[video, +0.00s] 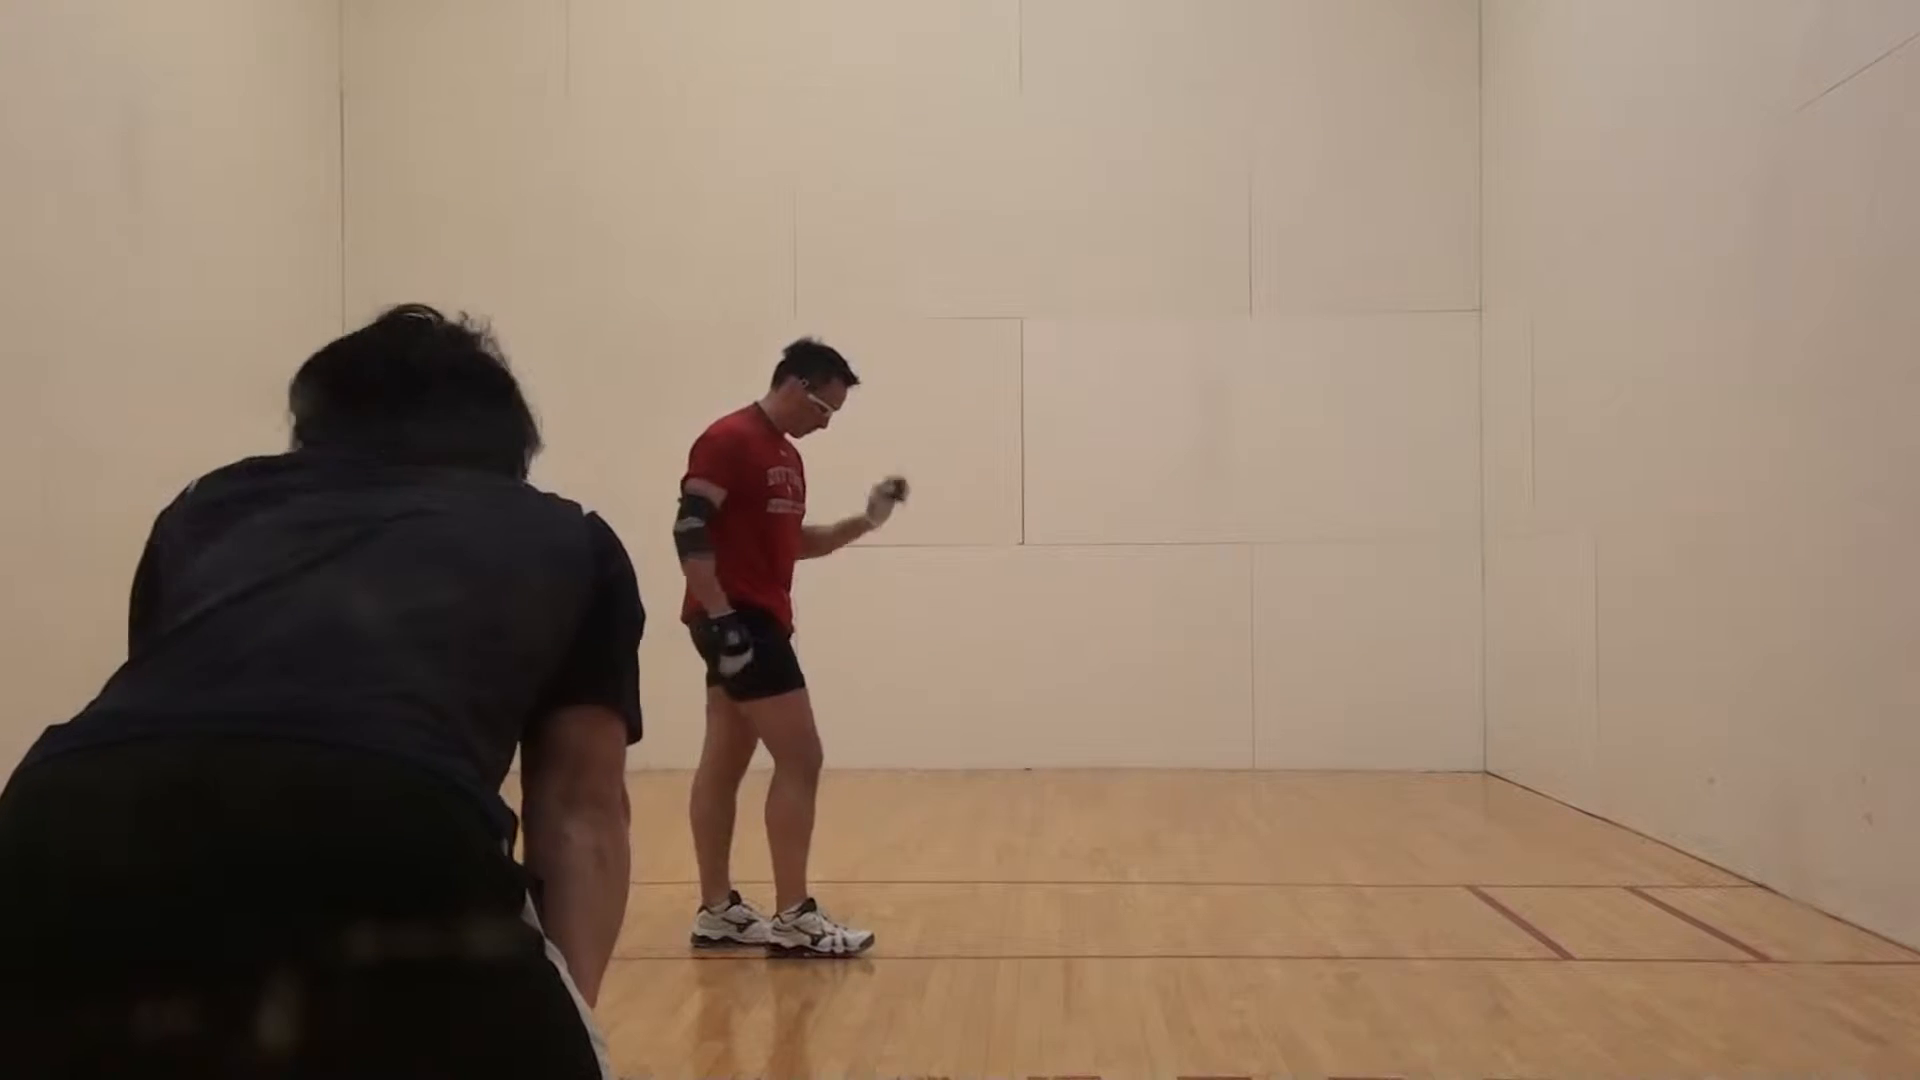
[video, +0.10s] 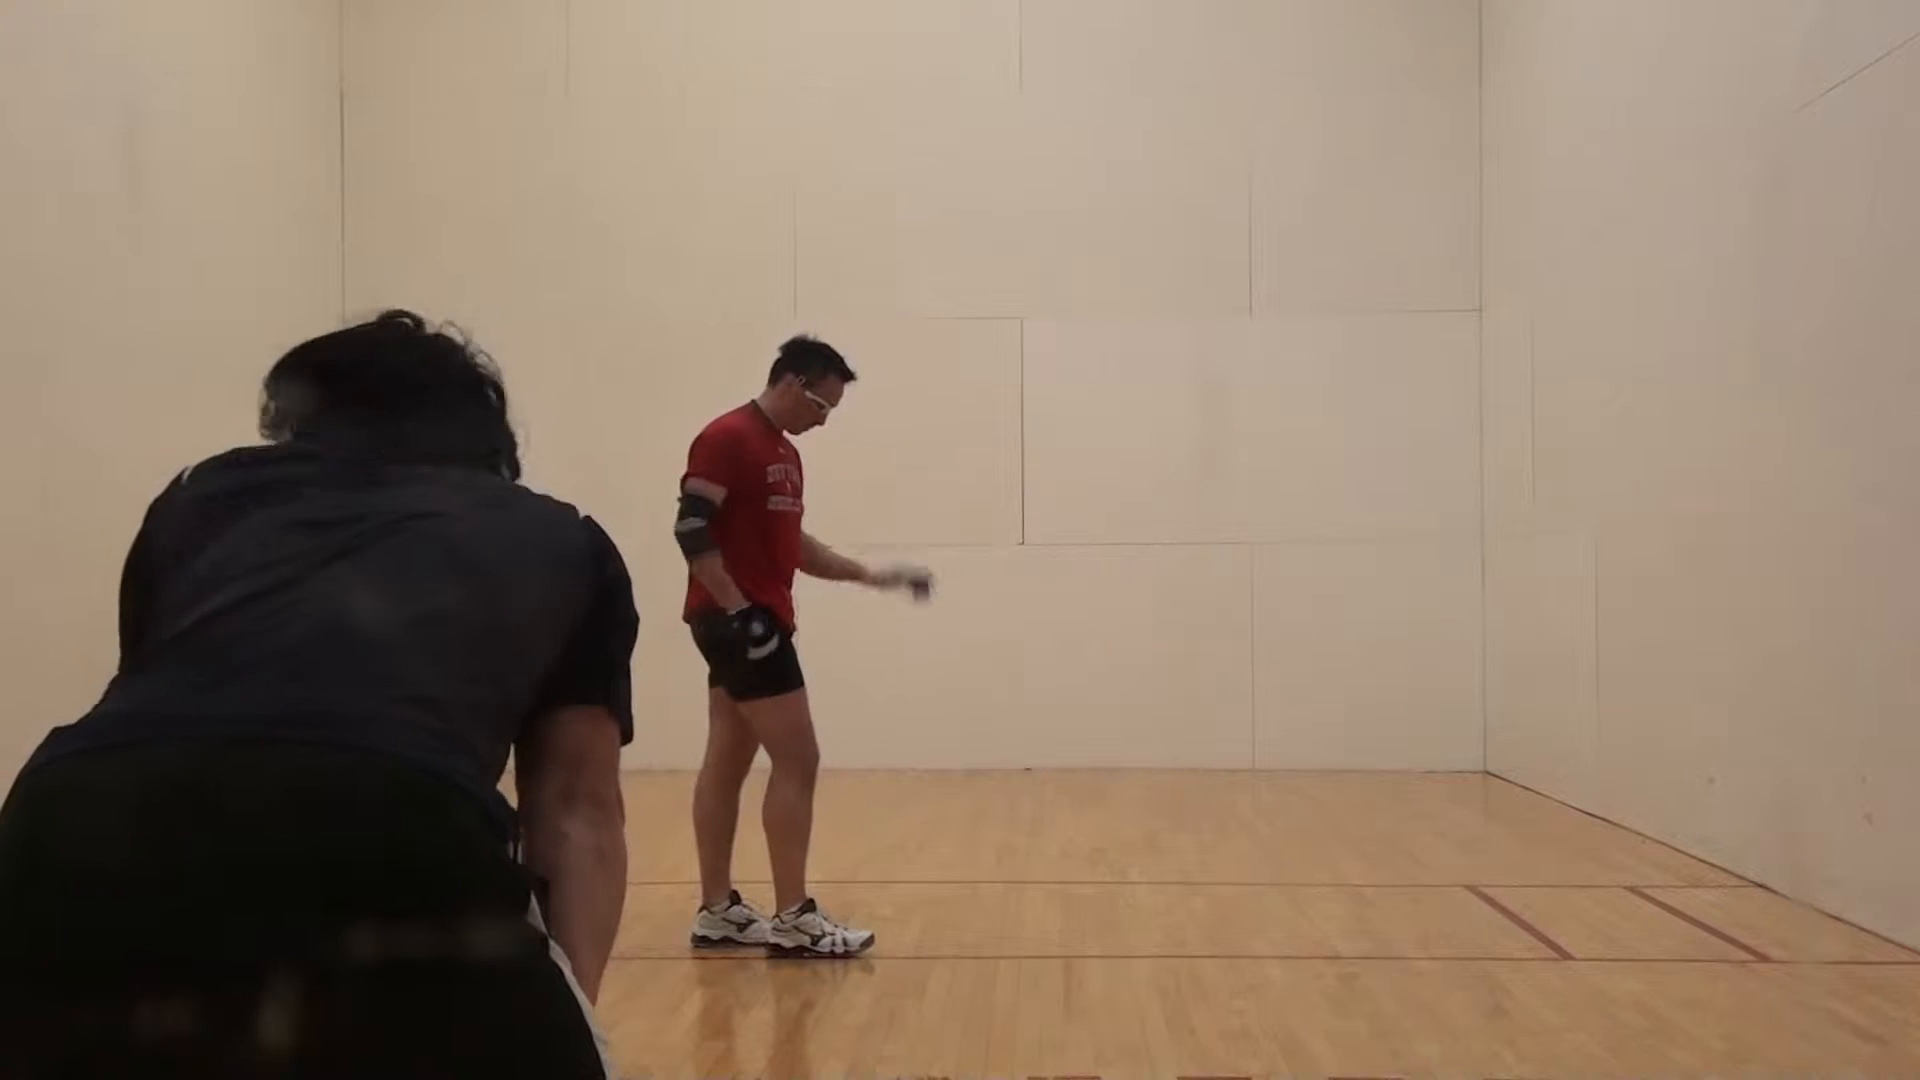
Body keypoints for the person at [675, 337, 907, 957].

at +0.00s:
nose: (826, 420)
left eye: (832, 411)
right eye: (824, 405)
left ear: (805, 395)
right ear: (791, 385)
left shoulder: (785, 452)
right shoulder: (729, 439)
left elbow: (788, 543)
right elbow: (690, 533)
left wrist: (863, 522)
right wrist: (723, 620)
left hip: (750, 622)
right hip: (741, 624)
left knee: (723, 762)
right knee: (800, 758)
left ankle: (717, 909)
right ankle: (793, 914)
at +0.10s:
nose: (823, 418)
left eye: (830, 407)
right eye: (822, 403)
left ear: (797, 390)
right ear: (789, 383)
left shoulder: (782, 452)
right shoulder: (727, 439)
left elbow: (796, 547)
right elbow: (692, 533)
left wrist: (872, 573)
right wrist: (740, 612)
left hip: (752, 618)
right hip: (742, 621)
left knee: (727, 761)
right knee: (796, 759)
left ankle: (716, 908)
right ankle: (793, 914)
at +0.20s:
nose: (824, 414)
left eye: (829, 404)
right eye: (821, 401)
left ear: (799, 390)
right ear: (787, 382)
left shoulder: (784, 449)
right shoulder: (728, 436)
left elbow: (791, 538)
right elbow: (697, 531)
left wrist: (835, 606)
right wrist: (762, 601)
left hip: (758, 618)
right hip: (740, 621)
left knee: (726, 763)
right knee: (796, 759)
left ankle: (717, 908)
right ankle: (793, 914)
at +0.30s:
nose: (825, 415)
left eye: (830, 405)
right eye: (823, 401)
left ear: (800, 389)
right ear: (789, 382)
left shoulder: (783, 446)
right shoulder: (730, 437)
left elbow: (775, 544)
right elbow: (709, 534)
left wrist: (794, 626)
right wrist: (786, 590)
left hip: (760, 618)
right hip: (737, 619)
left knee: (726, 763)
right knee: (797, 759)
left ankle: (717, 909)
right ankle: (793, 914)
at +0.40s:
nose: (827, 416)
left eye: (833, 406)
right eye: (826, 402)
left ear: (802, 390)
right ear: (791, 383)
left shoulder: (778, 442)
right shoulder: (735, 438)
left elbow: (762, 535)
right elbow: (724, 534)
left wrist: (785, 598)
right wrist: (807, 572)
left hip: (753, 617)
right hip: (741, 619)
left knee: (728, 761)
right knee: (796, 761)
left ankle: (717, 908)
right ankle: (793, 914)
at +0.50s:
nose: (828, 417)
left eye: (834, 407)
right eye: (828, 403)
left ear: (802, 389)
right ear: (794, 384)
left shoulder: (771, 440)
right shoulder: (744, 440)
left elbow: (761, 539)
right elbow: (742, 538)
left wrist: (810, 564)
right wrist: (823, 560)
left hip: (744, 618)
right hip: (745, 621)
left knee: (727, 761)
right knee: (797, 761)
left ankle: (718, 908)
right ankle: (794, 915)